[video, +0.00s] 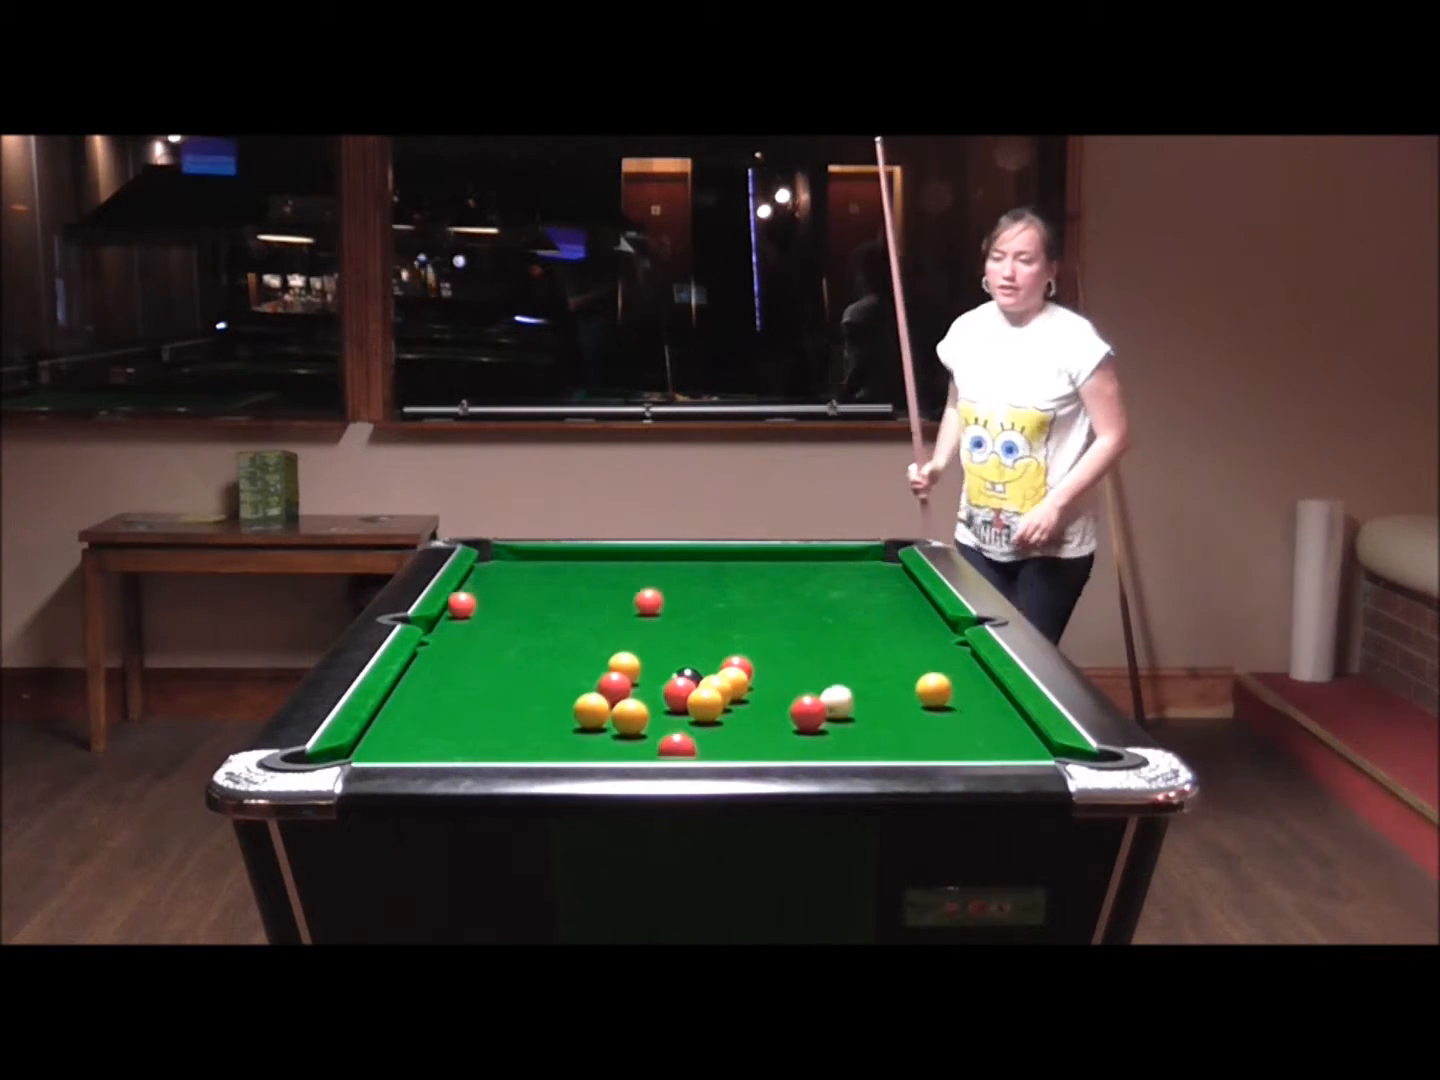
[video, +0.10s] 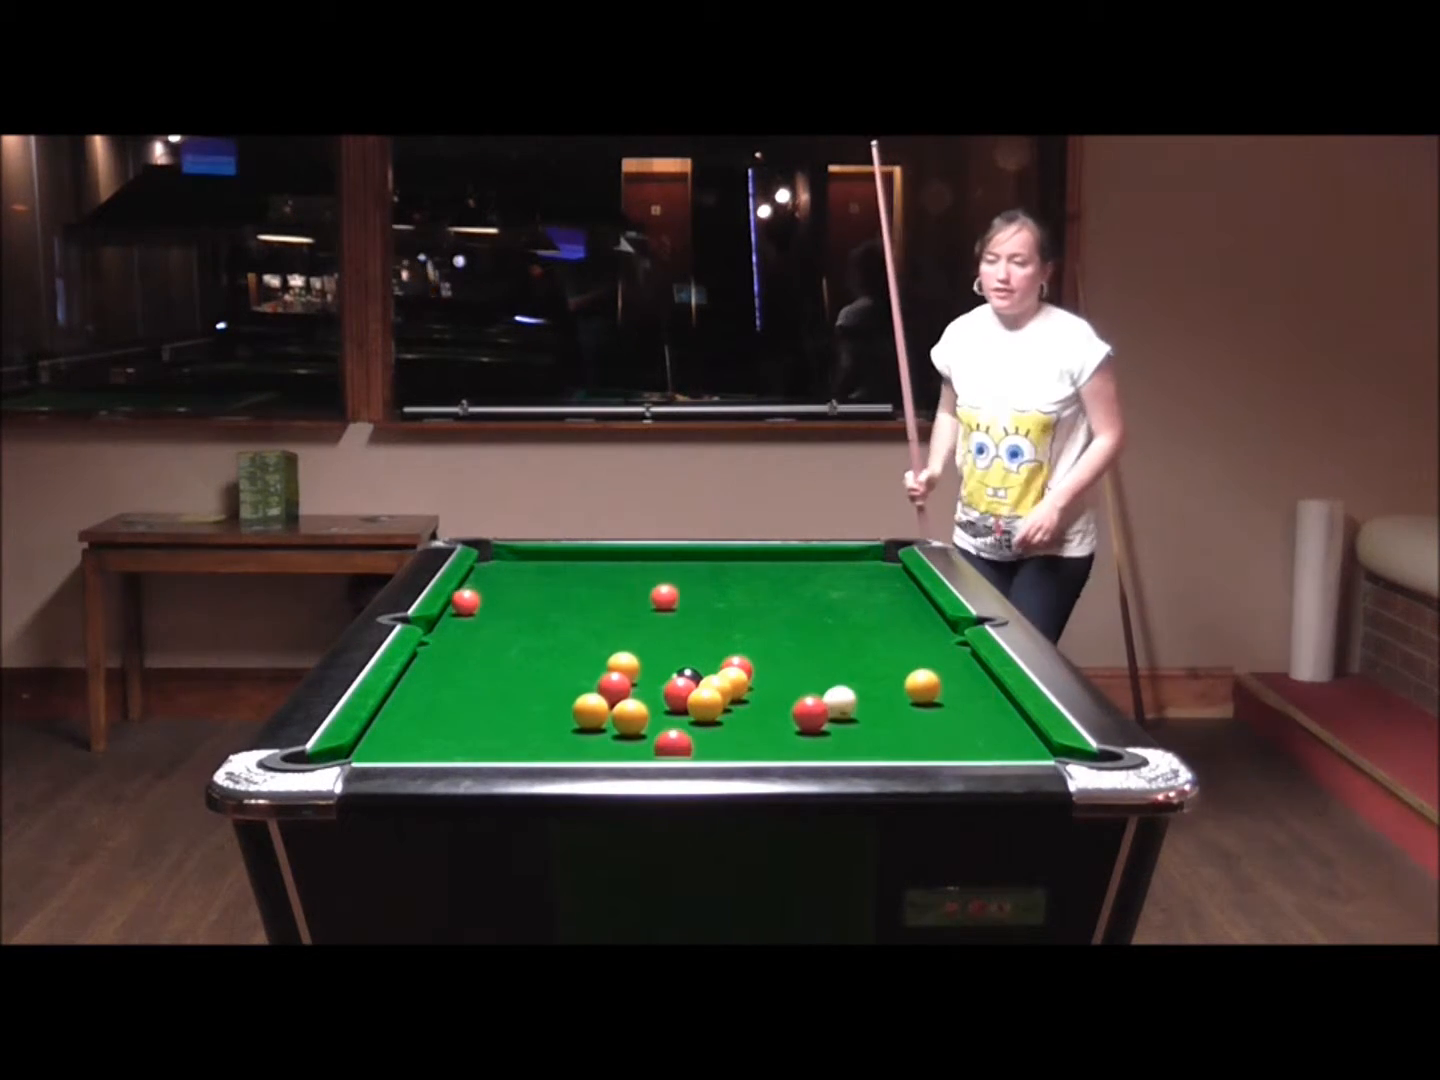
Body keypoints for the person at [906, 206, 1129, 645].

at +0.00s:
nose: (1008, 272)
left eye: (1025, 260)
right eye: (998, 258)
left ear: (1051, 272)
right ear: (984, 268)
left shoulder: (1075, 340)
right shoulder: (967, 332)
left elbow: (1113, 435)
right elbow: (956, 406)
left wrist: (1055, 505)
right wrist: (938, 461)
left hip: (1054, 545)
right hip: (979, 538)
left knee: (1023, 672)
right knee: (971, 662)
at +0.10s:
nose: (1002, 275)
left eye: (1019, 262)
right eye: (992, 261)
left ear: (1045, 272)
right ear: (978, 270)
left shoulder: (1076, 342)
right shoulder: (961, 336)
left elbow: (1109, 435)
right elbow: (948, 410)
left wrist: (1055, 504)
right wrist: (934, 467)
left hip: (1053, 545)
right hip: (977, 539)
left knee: (1019, 672)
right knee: (968, 664)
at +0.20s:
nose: (1003, 276)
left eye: (1019, 263)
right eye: (992, 262)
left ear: (1045, 274)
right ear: (977, 272)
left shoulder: (1078, 343)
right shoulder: (957, 338)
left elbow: (1113, 435)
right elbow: (944, 412)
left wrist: (1065, 508)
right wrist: (936, 472)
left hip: (1060, 545)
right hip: (981, 542)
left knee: (1041, 675)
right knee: (980, 670)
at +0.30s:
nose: (1009, 281)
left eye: (1025, 267)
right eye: (998, 266)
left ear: (1050, 277)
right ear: (983, 274)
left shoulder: (1084, 345)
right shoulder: (960, 341)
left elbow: (1119, 437)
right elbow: (944, 411)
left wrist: (1076, 513)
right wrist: (939, 475)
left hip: (1071, 541)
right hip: (989, 539)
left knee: (1068, 679)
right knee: (979, 671)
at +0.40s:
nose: (1029, 286)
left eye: (1045, 273)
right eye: (1018, 272)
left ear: (1069, 282)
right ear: (1001, 279)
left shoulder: (1103, 354)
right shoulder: (973, 350)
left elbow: (1138, 447)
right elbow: (954, 424)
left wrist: (1103, 526)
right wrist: (954, 487)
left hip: (1083, 553)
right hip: (1000, 551)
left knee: (1111, 692)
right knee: (983, 687)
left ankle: (1139, 850)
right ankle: (978, 838)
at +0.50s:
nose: (1053, 288)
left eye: (1069, 276)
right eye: (1041, 274)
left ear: (1092, 286)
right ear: (1023, 282)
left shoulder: (1126, 361)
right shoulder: (992, 354)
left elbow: (1160, 453)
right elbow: (972, 428)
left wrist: (1129, 532)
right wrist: (970, 491)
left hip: (1102, 560)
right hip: (1016, 555)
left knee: (1128, 706)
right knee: (992, 694)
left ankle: (1153, 856)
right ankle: (982, 850)